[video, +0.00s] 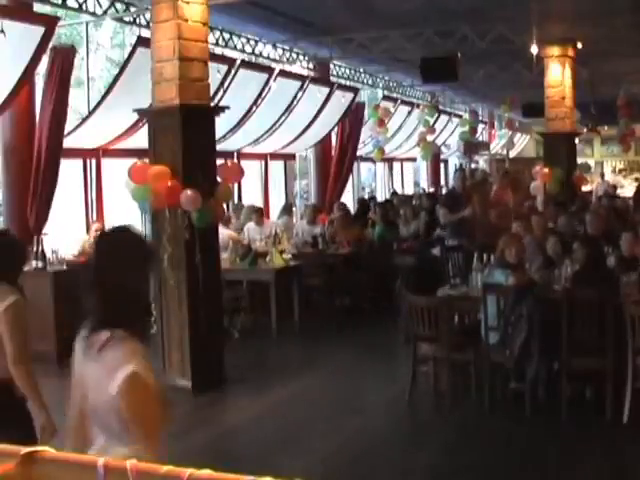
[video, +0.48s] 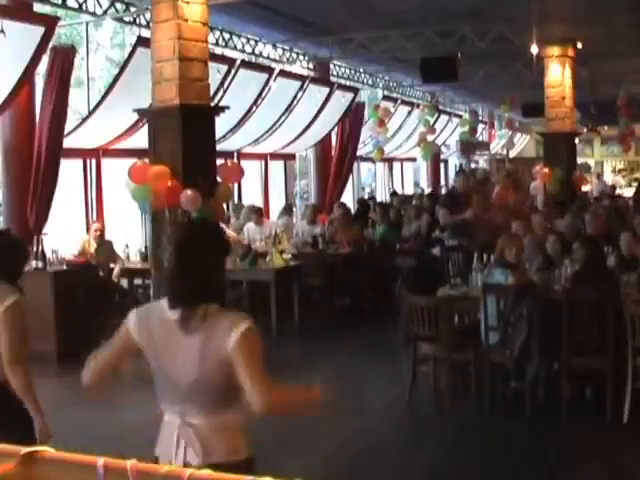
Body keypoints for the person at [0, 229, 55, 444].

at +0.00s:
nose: (24, 263)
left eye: (23, 257)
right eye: (21, 258)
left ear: (6, 260)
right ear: (15, 261)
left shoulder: (10, 298)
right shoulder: (10, 300)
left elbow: (18, 362)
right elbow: (17, 362)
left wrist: (40, 414)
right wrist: (41, 414)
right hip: (6, 394)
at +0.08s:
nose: (24, 267)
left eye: (24, 261)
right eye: (22, 261)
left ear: (5, 261)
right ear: (14, 263)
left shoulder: (10, 297)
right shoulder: (9, 298)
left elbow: (18, 362)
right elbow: (17, 362)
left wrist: (40, 413)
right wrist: (41, 413)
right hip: (6, 391)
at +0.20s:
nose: (26, 266)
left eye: (25, 259)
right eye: (23, 260)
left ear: (5, 260)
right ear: (15, 262)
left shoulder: (10, 297)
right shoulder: (9, 298)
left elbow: (18, 362)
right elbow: (17, 362)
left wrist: (41, 414)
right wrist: (42, 414)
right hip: (6, 391)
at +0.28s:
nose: (26, 266)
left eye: (25, 259)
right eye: (23, 260)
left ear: (5, 260)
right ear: (15, 262)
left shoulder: (10, 297)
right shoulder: (9, 298)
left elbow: (18, 362)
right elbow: (17, 362)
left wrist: (41, 414)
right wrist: (42, 414)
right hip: (6, 392)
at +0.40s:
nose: (26, 267)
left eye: (25, 260)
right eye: (23, 261)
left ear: (5, 261)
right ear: (15, 263)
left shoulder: (10, 297)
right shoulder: (9, 298)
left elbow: (17, 363)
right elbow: (16, 363)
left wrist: (41, 415)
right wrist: (41, 415)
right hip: (6, 393)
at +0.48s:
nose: (25, 265)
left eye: (25, 259)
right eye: (23, 260)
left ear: (6, 261)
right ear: (15, 262)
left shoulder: (10, 298)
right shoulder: (10, 299)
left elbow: (12, 364)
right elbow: (11, 364)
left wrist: (36, 415)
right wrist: (37, 415)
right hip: (6, 401)